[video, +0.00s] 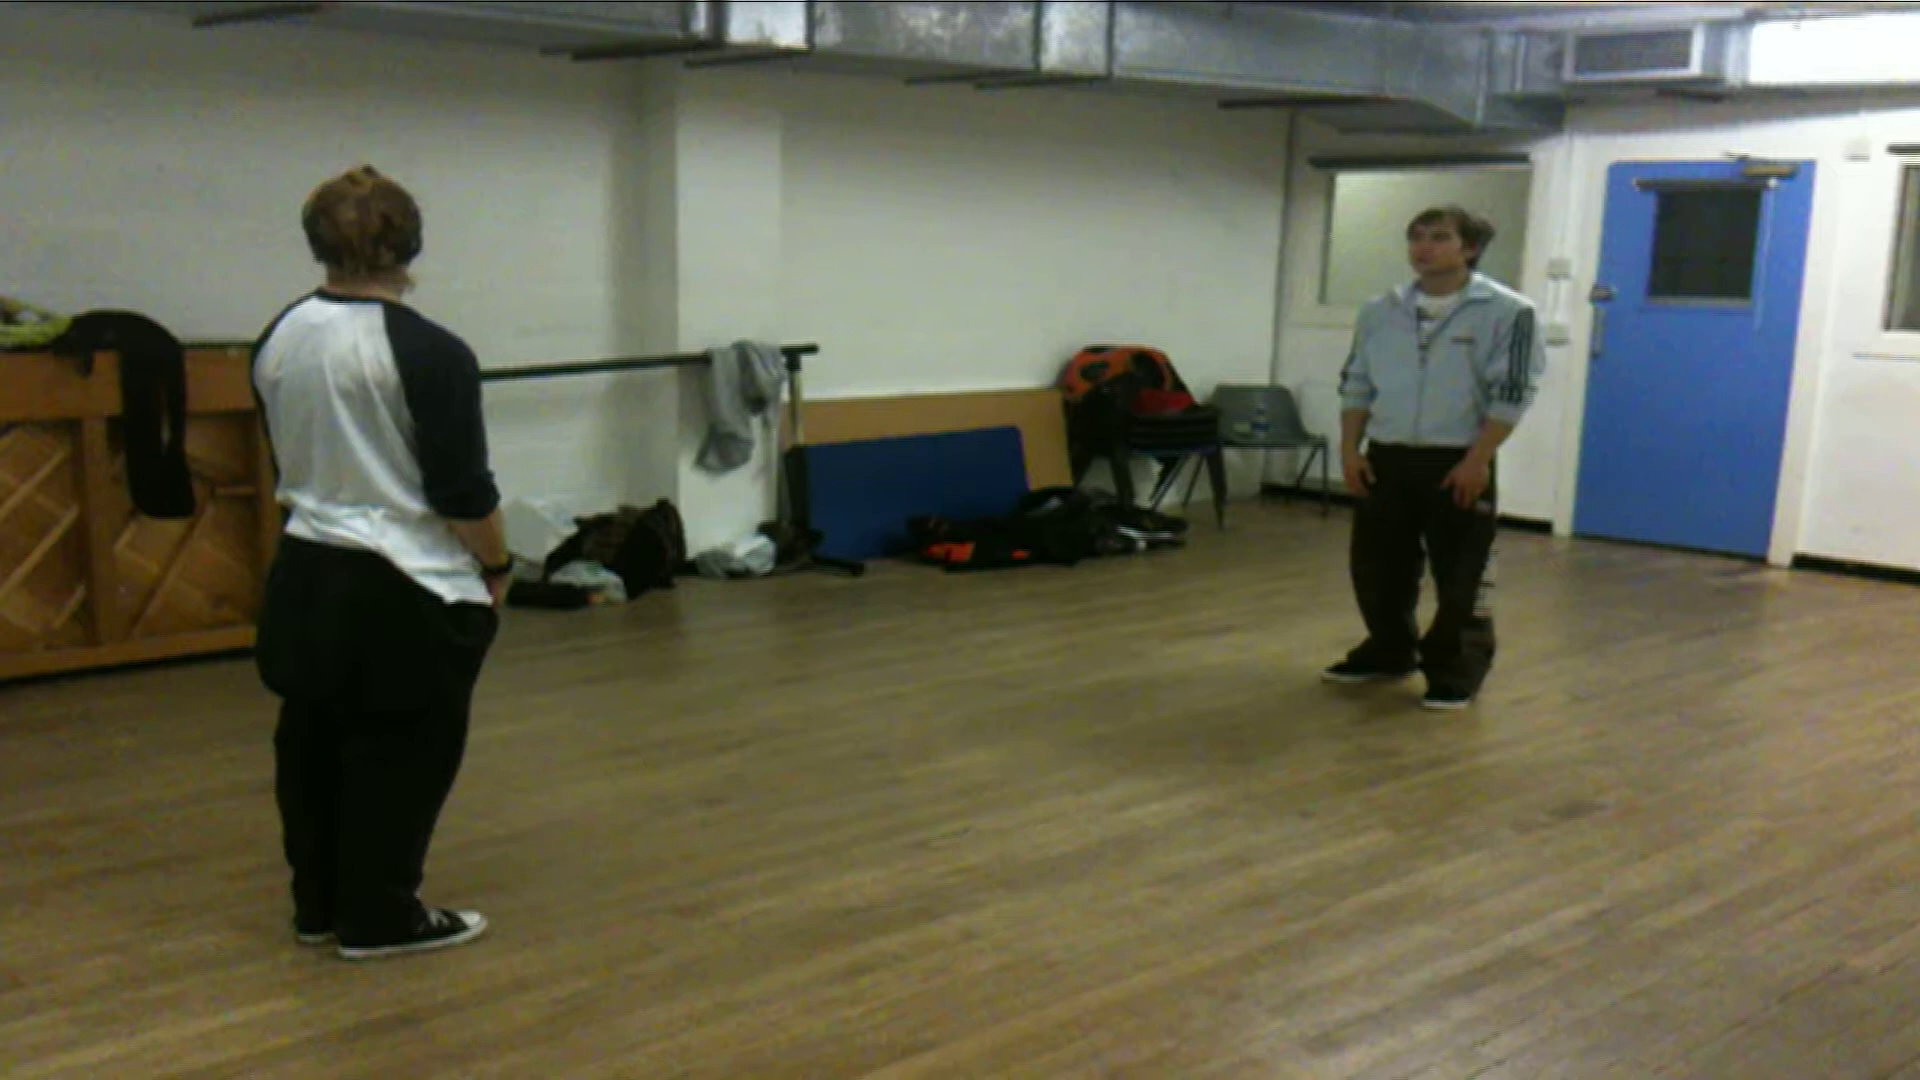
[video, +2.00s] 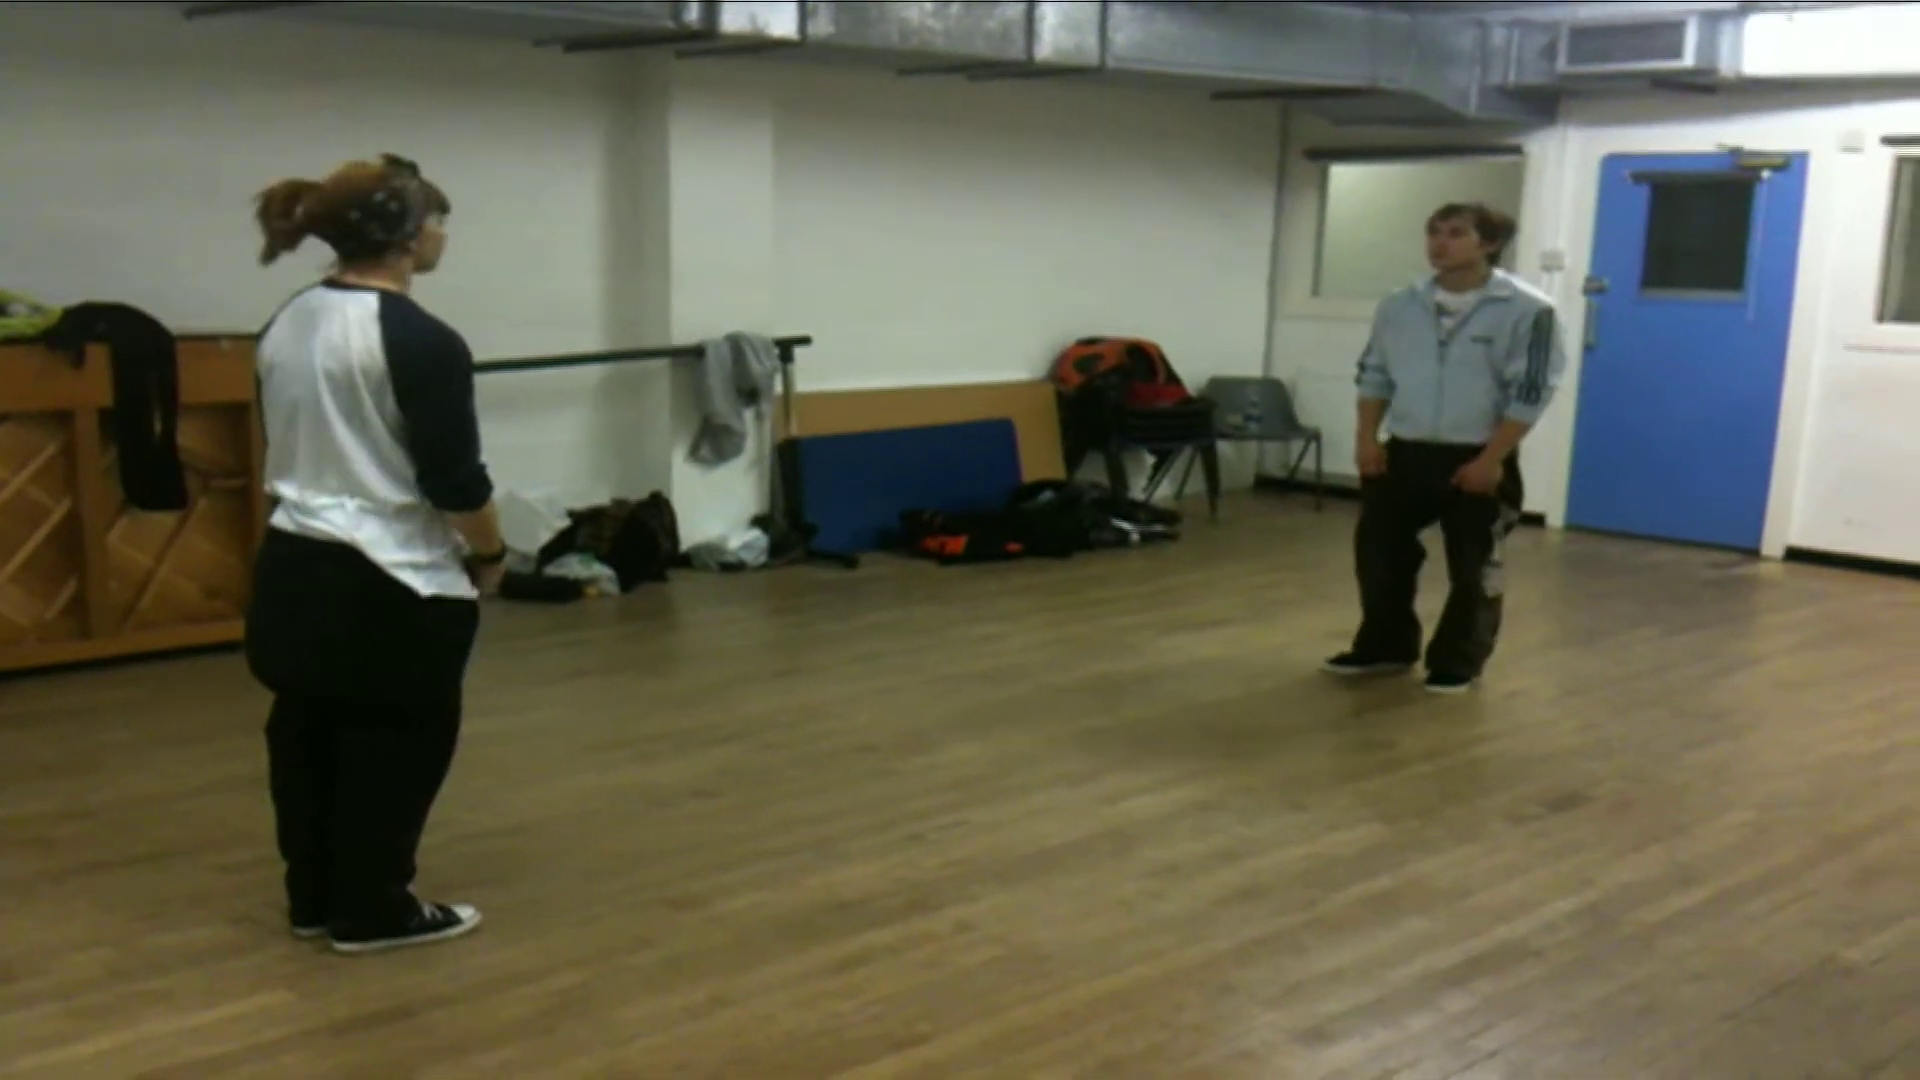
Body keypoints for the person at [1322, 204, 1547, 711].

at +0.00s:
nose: (1424, 247)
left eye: (1439, 238)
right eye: (1417, 238)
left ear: (1468, 249)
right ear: (1407, 248)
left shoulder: (1507, 313)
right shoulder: (1380, 313)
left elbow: (1511, 397)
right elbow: (1357, 385)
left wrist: (1479, 457)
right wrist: (1350, 446)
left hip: (1459, 465)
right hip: (1390, 462)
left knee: (1459, 580)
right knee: (1376, 564)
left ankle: (1453, 671)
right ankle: (1389, 647)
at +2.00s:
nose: (1441, 242)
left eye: (1456, 234)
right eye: (1435, 233)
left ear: (1487, 244)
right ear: (1426, 243)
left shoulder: (1528, 312)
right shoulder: (1399, 307)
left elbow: (1529, 396)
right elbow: (1375, 377)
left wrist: (1492, 457)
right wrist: (1366, 437)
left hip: (1479, 461)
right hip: (1407, 457)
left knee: (1474, 570)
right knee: (1378, 546)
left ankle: (1456, 662)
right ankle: (1386, 643)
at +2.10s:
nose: (1431, 244)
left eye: (1445, 235)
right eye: (1424, 235)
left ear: (1476, 245)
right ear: (1416, 245)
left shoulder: (1519, 312)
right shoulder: (1390, 309)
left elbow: (1519, 396)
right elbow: (1369, 380)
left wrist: (1485, 458)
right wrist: (1361, 441)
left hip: (1472, 462)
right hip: (1401, 458)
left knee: (1471, 571)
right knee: (1380, 553)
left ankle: (1455, 663)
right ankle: (1385, 645)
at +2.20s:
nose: (1426, 253)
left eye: (1440, 243)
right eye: (1419, 244)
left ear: (1471, 252)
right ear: (1412, 252)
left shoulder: (1517, 318)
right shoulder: (1389, 316)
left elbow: (1518, 403)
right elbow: (1369, 387)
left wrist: (1486, 464)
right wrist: (1364, 448)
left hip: (1471, 468)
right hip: (1401, 465)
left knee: (1473, 577)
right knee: (1385, 563)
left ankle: (1461, 669)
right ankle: (1391, 652)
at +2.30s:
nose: (1423, 254)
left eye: (1436, 245)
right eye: (1416, 245)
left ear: (1467, 253)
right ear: (1408, 253)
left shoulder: (1514, 318)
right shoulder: (1386, 316)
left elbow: (1518, 402)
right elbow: (1367, 386)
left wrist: (1485, 465)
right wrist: (1363, 447)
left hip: (1469, 468)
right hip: (1400, 465)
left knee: (1473, 576)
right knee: (1387, 565)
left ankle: (1464, 669)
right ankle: (1393, 653)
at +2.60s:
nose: (1375, 265)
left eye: (1389, 255)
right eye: (1369, 256)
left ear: (1423, 261)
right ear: (1363, 263)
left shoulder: (1474, 317)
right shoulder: (1349, 325)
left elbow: (1485, 399)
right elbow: (1334, 397)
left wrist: (1443, 458)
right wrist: (1331, 464)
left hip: (1440, 465)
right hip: (1372, 464)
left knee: (1427, 554)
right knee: (1358, 550)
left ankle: (1456, 654)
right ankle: (1386, 644)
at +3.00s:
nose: (1239, 339)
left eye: (1252, 329)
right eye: (1235, 329)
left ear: (1288, 334)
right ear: (1232, 333)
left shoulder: (1341, 375)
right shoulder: (1253, 375)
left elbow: (1421, 436)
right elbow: (1249, 437)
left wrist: (1384, 505)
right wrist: (1267, 485)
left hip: (1382, 498)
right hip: (1317, 495)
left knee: (1350, 599)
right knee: (1294, 585)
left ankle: (1318, 711)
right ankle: (1390, 644)